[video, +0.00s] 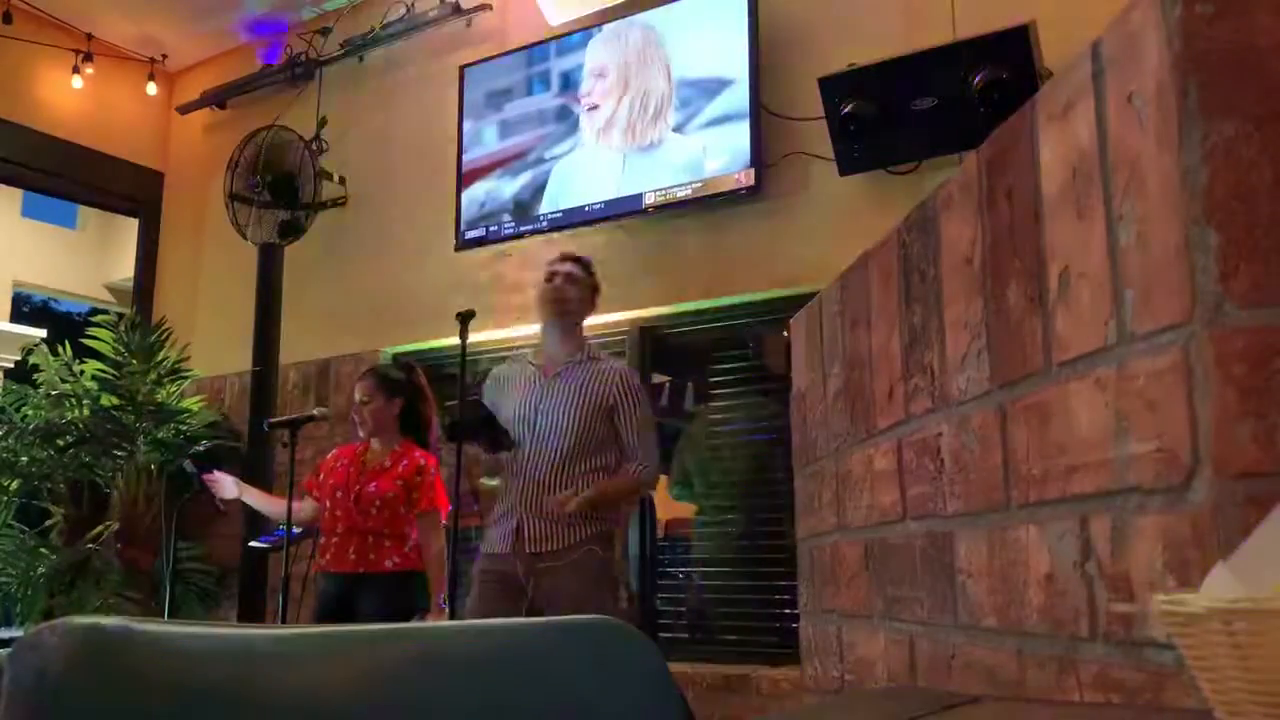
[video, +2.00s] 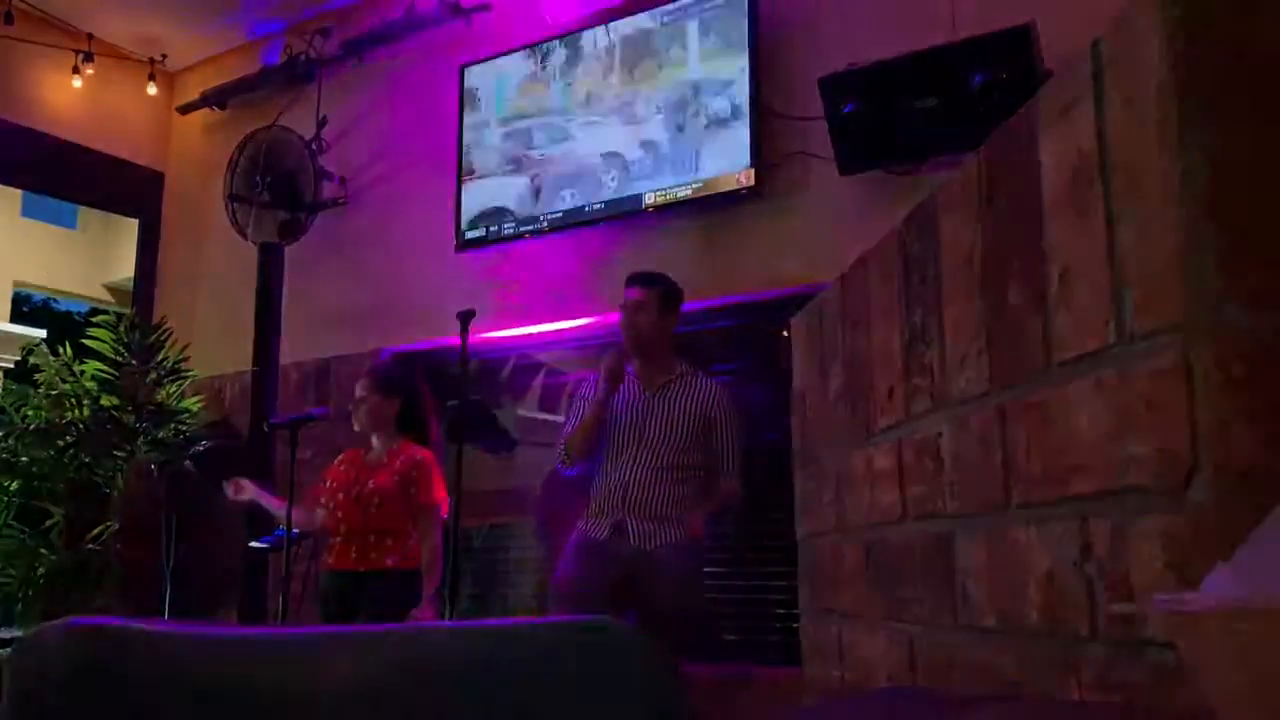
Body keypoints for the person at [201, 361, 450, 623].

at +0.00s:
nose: (355, 411)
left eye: (365, 402)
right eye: (354, 403)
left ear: (396, 405)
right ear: (354, 403)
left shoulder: (418, 464)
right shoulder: (340, 458)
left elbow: (432, 539)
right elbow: (303, 512)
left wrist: (438, 607)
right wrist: (240, 489)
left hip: (392, 589)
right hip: (335, 588)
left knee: (387, 688)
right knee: (327, 686)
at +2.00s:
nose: (353, 408)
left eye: (362, 399)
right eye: (354, 399)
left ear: (393, 405)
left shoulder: (418, 462)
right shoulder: (346, 462)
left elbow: (431, 535)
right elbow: (310, 519)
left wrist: (428, 600)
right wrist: (256, 495)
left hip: (392, 582)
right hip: (339, 582)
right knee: (339, 678)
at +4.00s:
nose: (341, 416)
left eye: (350, 407)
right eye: (340, 409)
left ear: (379, 408)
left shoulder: (410, 464)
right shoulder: (334, 464)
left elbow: (421, 538)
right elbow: (290, 511)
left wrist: (420, 602)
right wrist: (237, 474)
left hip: (382, 582)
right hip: (330, 582)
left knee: (371, 678)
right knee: (325, 676)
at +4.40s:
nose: (341, 416)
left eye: (349, 406)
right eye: (339, 409)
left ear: (380, 406)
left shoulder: (408, 462)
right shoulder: (338, 464)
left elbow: (418, 537)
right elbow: (318, 526)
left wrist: (415, 601)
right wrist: (256, 517)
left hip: (382, 581)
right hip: (331, 579)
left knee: (371, 677)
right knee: (330, 676)